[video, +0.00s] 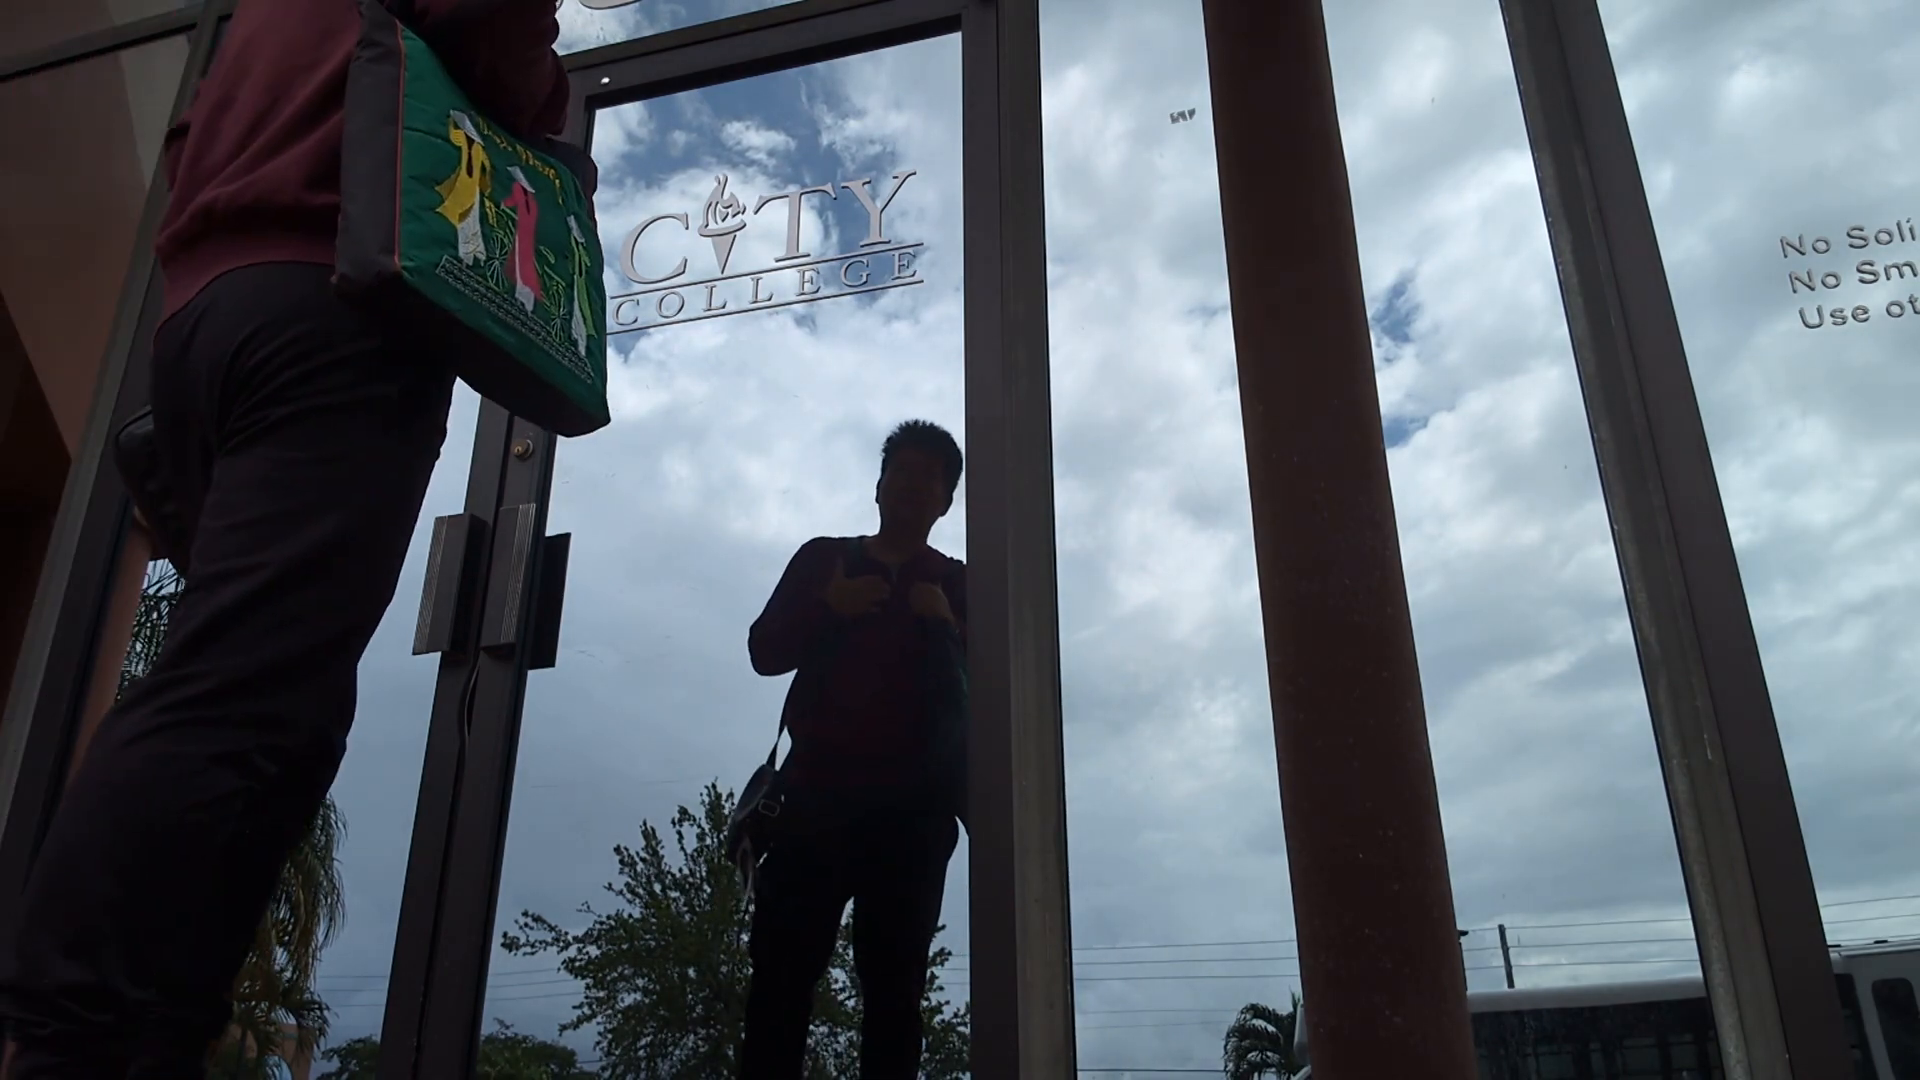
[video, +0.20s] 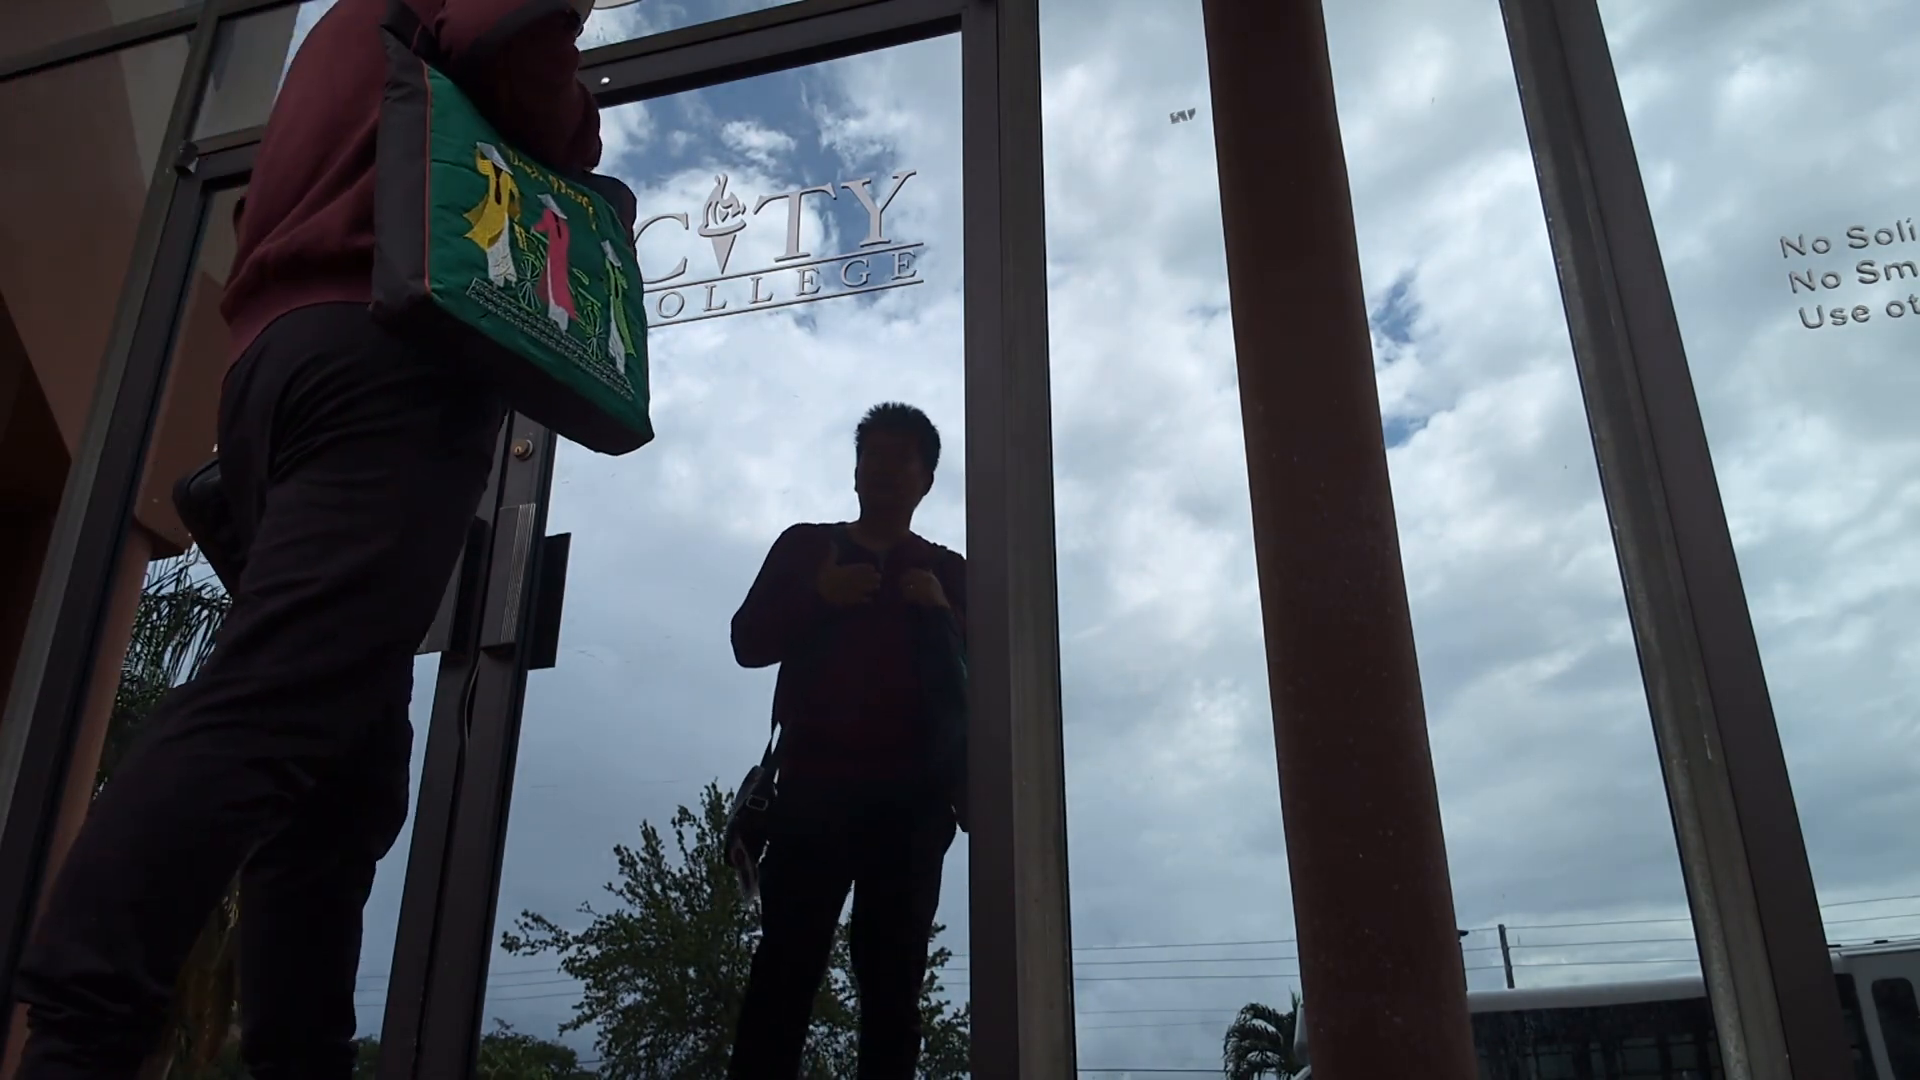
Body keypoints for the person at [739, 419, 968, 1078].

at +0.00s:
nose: (904, 488)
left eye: (923, 479)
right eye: (896, 474)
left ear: (946, 498)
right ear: (879, 481)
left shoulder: (962, 583)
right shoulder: (822, 559)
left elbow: (988, 683)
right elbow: (765, 653)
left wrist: (945, 623)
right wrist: (831, 605)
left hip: (914, 809)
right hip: (815, 799)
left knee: (894, 994)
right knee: (779, 987)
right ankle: (766, 1079)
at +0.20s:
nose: (879, 469)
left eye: (898, 458)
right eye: (869, 455)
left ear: (928, 477)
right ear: (854, 466)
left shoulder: (953, 571)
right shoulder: (805, 546)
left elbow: (990, 667)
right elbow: (749, 645)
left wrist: (941, 610)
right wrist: (820, 595)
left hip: (912, 800)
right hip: (812, 790)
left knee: (892, 987)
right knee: (784, 977)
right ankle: (759, 1078)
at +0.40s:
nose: (852, 443)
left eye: (868, 431)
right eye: (839, 429)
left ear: (894, 450)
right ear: (820, 444)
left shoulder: (919, 549)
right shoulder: (772, 522)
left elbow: (958, 659)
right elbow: (717, 624)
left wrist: (921, 590)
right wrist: (802, 579)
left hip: (896, 785)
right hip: (795, 777)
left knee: (888, 979)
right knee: (774, 972)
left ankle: (884, 1079)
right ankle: (759, 1076)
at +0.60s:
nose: (826, 419)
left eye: (840, 405)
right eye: (810, 407)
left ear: (866, 424)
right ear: (788, 424)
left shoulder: (889, 528)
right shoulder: (746, 503)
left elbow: (936, 637)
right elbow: (692, 608)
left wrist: (905, 579)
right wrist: (786, 575)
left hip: (884, 771)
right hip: (786, 766)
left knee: (903, 962)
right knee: (767, 962)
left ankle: (890, 1076)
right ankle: (748, 1075)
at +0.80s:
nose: (833, 405)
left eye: (845, 391)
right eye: (815, 390)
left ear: (859, 406)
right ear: (782, 404)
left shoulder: (871, 513)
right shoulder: (736, 485)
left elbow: (913, 632)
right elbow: (682, 594)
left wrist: (897, 566)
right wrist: (786, 574)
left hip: (877, 758)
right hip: (783, 756)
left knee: (922, 937)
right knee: (770, 948)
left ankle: (884, 1073)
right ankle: (750, 1071)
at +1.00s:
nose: (861, 397)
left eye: (865, 384)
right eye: (844, 380)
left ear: (863, 397)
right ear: (793, 393)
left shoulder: (869, 508)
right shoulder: (737, 478)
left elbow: (910, 634)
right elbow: (685, 586)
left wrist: (895, 560)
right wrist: (787, 571)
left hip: (873, 758)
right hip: (781, 753)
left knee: (906, 945)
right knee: (771, 946)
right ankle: (752, 1078)